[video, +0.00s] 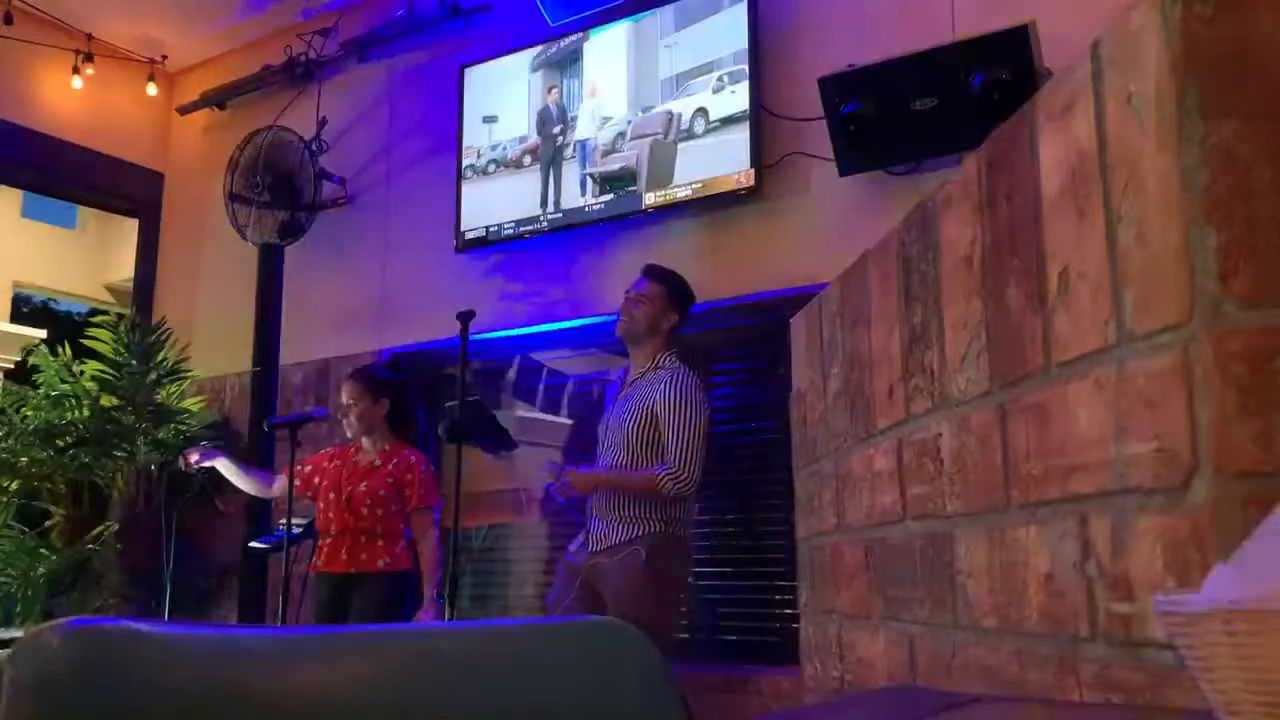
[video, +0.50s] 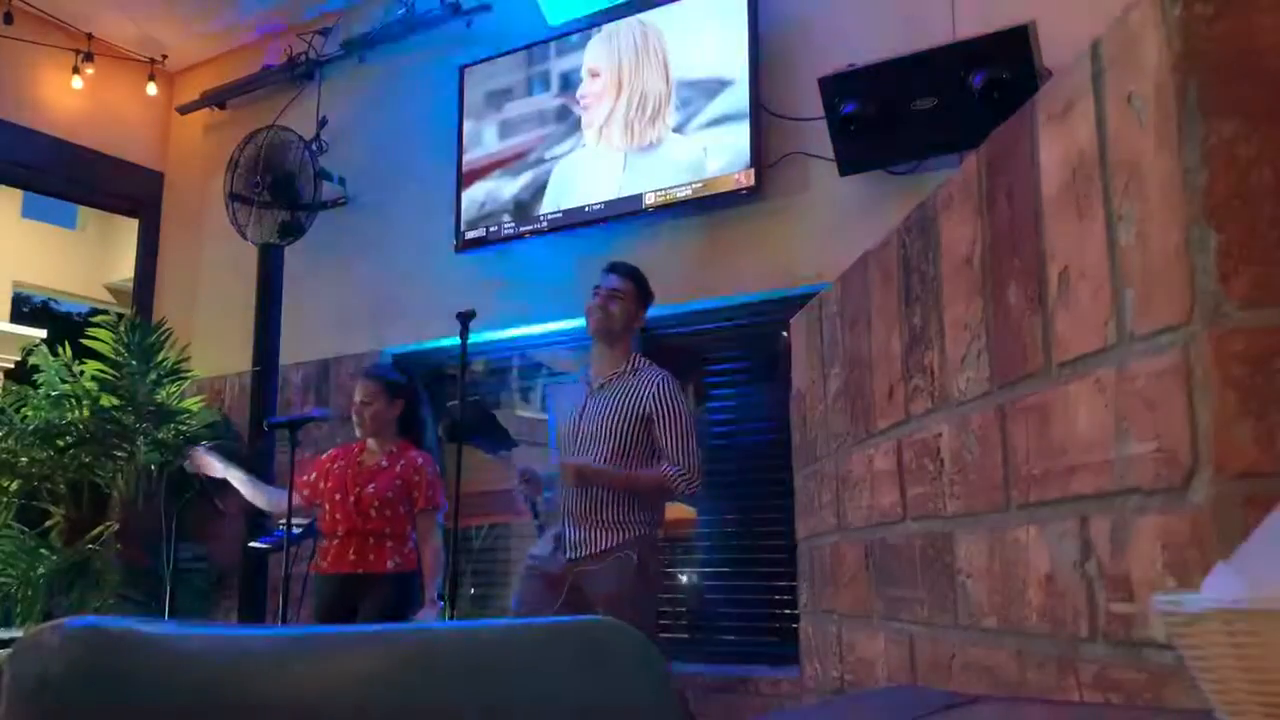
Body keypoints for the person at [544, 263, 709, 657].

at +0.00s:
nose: (626, 305)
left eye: (640, 300)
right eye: (627, 298)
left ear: (669, 319)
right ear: (623, 304)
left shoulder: (678, 382)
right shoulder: (627, 385)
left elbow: (680, 478)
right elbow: (622, 468)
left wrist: (595, 479)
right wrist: (577, 480)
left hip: (644, 549)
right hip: (593, 546)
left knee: (639, 673)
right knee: (565, 659)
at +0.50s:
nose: (600, 300)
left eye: (615, 296)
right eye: (596, 293)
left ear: (639, 317)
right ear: (587, 309)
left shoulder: (656, 385)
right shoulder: (579, 390)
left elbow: (685, 477)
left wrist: (600, 476)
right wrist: (544, 483)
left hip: (622, 558)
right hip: (563, 556)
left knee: (625, 678)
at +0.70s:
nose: (582, 298)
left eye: (596, 292)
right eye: (576, 290)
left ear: (615, 311)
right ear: (564, 302)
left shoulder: (638, 389)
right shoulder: (531, 386)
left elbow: (664, 481)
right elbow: (516, 456)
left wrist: (590, 497)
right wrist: (504, 478)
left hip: (599, 560)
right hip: (525, 557)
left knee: (600, 677)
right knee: (495, 661)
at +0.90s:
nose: (558, 284)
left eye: (572, 279)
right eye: (550, 278)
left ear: (591, 299)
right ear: (538, 296)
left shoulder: (617, 379)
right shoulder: (502, 379)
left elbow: (644, 470)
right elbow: (491, 461)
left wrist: (589, 498)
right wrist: (475, 459)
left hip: (578, 556)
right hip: (500, 556)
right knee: (480, 668)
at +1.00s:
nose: (541, 284)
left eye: (555, 279)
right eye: (533, 278)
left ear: (575, 299)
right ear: (523, 296)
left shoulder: (604, 377)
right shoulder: (493, 380)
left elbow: (632, 469)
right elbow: (481, 463)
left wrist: (579, 508)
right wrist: (468, 454)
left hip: (571, 559)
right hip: (494, 561)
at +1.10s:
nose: (511, 286)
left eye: (523, 279)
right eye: (508, 282)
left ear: (559, 297)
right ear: (507, 301)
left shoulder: (594, 372)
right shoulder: (487, 382)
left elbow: (628, 464)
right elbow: (490, 465)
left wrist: (573, 505)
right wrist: (460, 463)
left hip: (568, 558)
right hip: (491, 560)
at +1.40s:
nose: (468, 327)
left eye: (472, 314)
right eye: (468, 317)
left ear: (497, 307)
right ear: (497, 309)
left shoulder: (570, 366)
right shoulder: (496, 395)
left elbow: (616, 452)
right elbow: (519, 486)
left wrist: (563, 519)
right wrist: (475, 492)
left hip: (564, 561)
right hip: (496, 563)